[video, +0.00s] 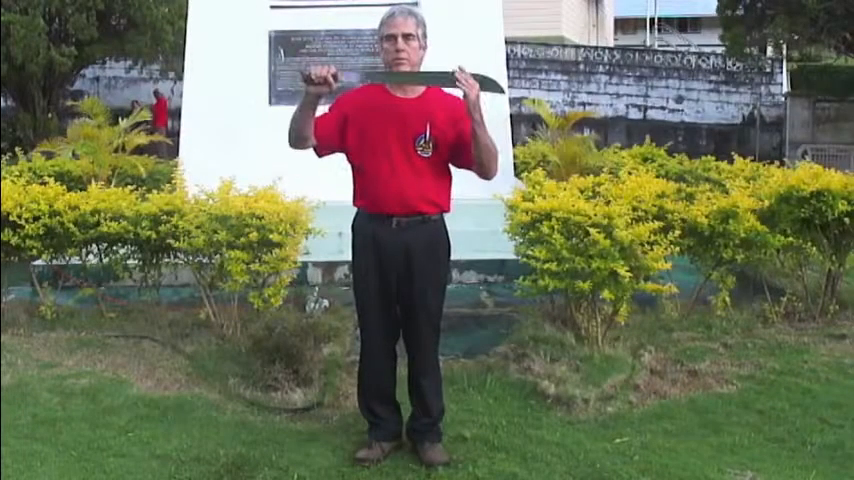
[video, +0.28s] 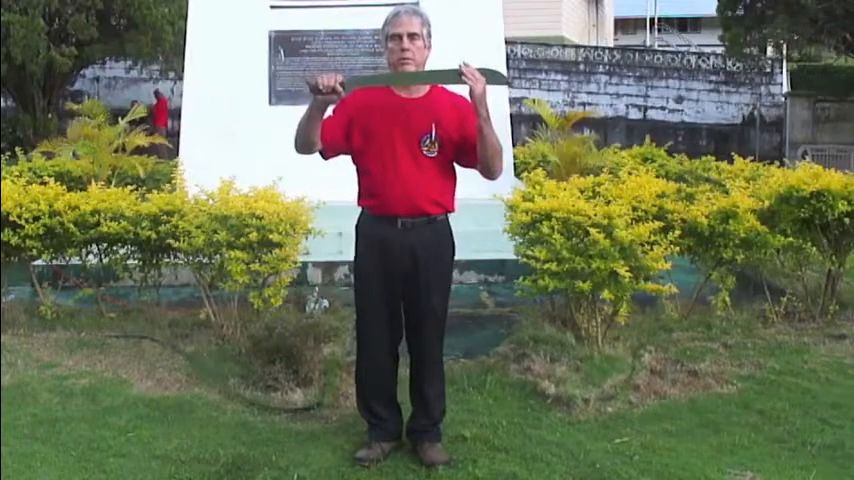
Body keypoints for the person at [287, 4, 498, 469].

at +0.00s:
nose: (399, 47)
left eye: (408, 38)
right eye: (389, 39)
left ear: (423, 45)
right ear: (378, 47)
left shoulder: (447, 105)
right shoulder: (356, 101)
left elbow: (488, 170)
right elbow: (299, 140)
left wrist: (476, 113)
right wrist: (310, 97)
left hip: (426, 232)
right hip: (372, 232)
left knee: (424, 339)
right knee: (375, 338)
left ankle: (428, 434)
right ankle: (381, 434)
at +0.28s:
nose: (404, 46)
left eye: (414, 37)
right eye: (395, 38)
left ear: (428, 45)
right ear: (383, 47)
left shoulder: (451, 104)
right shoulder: (360, 102)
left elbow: (492, 169)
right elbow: (305, 145)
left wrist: (481, 108)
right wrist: (318, 102)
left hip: (431, 233)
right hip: (376, 233)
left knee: (427, 340)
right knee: (375, 338)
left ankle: (427, 435)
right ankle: (381, 434)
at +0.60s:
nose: (411, 53)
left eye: (420, 43)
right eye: (401, 44)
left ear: (435, 50)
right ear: (390, 52)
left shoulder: (464, 112)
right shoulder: (367, 110)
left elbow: (483, 188)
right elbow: (330, 175)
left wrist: (463, 169)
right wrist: (350, 165)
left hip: (440, 242)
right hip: (381, 241)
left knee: (433, 346)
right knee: (370, 344)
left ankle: (428, 436)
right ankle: (380, 436)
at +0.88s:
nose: (403, 58)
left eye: (412, 48)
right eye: (393, 49)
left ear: (427, 55)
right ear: (380, 57)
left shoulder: (455, 119)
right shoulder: (358, 118)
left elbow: (466, 198)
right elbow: (343, 195)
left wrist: (423, 218)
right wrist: (381, 204)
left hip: (437, 257)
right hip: (377, 257)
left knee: (431, 355)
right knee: (373, 364)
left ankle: (427, 436)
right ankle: (368, 471)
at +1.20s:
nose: (378, 62)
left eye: (389, 53)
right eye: (368, 53)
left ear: (407, 62)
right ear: (357, 62)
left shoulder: (437, 123)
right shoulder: (333, 123)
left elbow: (452, 207)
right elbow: (320, 207)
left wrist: (404, 240)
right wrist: (364, 238)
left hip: (419, 261)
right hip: (355, 263)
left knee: (424, 357)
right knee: (358, 366)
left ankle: (429, 438)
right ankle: (367, 469)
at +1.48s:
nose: (368, 67)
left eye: (379, 57)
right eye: (358, 58)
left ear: (397, 63)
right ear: (346, 64)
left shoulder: (428, 124)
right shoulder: (323, 125)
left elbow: (444, 210)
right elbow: (310, 211)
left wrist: (392, 245)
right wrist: (353, 243)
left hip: (412, 263)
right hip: (346, 267)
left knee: (424, 360)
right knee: (352, 369)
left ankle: (429, 439)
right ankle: (364, 470)